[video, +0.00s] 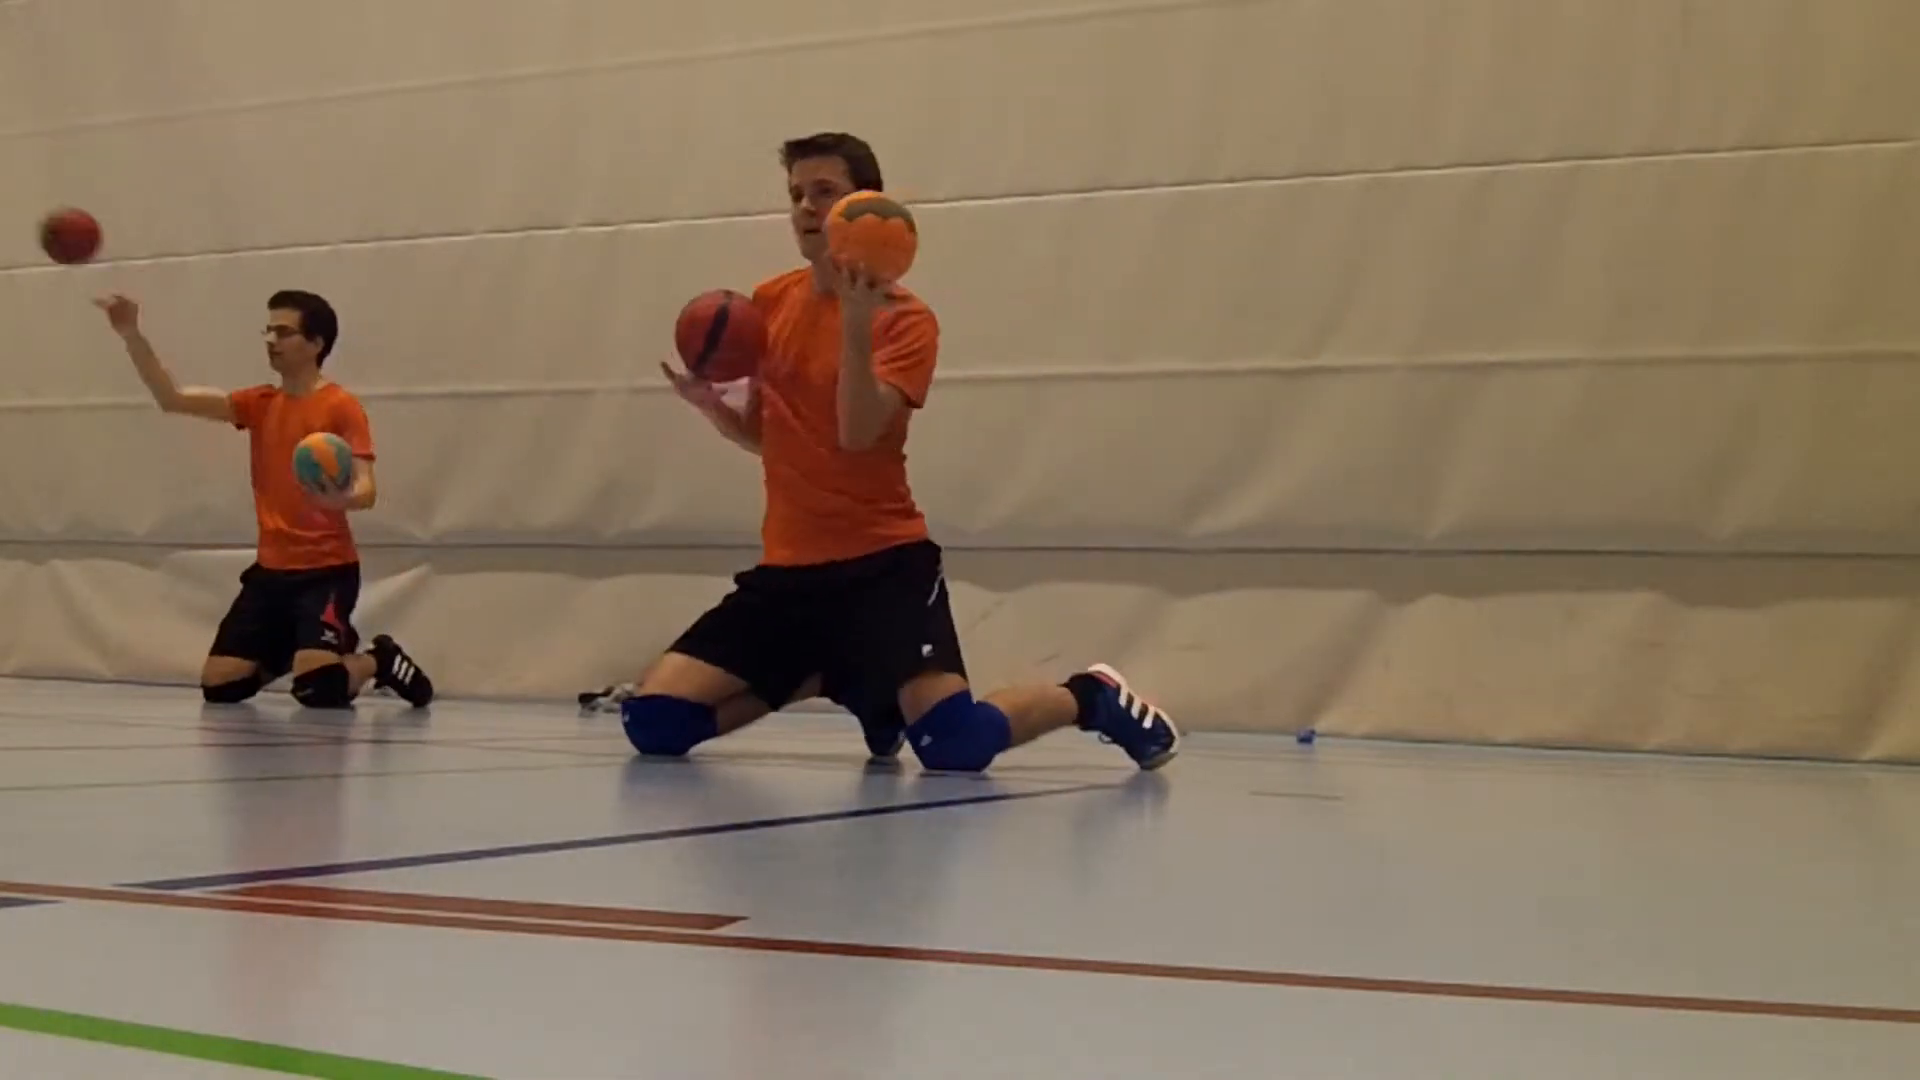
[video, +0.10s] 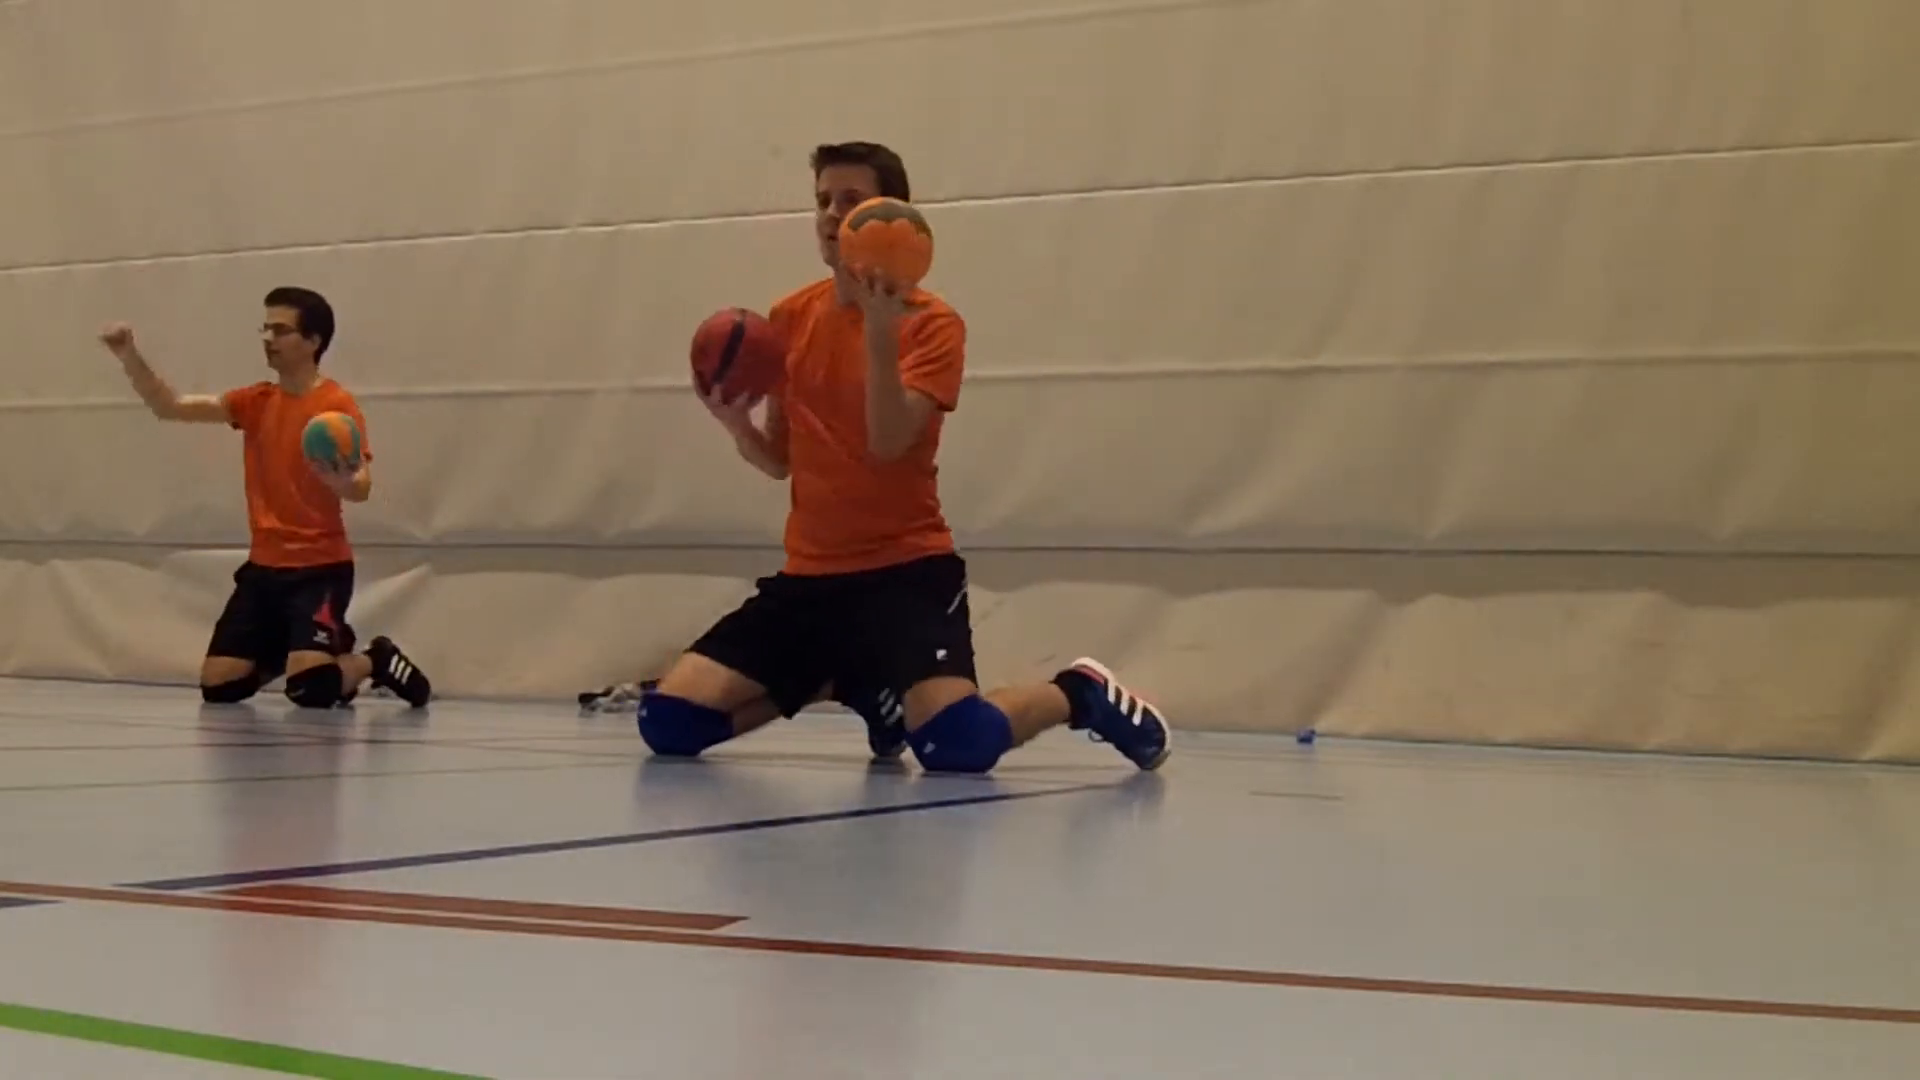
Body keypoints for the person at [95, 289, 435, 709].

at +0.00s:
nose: (269, 341)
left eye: (282, 332)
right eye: (268, 332)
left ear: (316, 343)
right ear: (270, 340)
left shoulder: (341, 406)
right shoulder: (260, 403)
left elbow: (366, 491)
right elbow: (172, 399)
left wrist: (341, 498)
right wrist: (131, 335)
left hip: (326, 571)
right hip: (270, 572)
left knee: (316, 689)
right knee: (220, 687)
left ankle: (381, 662)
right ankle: (318, 648)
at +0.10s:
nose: (267, 340)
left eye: (280, 331)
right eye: (266, 330)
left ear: (313, 341)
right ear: (265, 336)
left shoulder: (336, 404)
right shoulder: (257, 400)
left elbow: (361, 488)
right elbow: (169, 406)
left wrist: (341, 481)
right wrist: (130, 357)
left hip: (320, 570)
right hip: (262, 569)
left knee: (309, 688)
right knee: (219, 688)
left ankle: (376, 663)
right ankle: (320, 653)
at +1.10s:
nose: (247, 374)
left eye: (257, 363)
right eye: (245, 364)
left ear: (293, 368)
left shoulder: (334, 425)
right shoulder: (262, 440)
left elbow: (374, 495)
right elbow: (262, 535)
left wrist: (412, 512)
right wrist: (213, 602)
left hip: (336, 586)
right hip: (283, 589)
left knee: (295, 688)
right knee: (211, 684)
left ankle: (370, 662)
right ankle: (318, 660)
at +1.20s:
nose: (246, 378)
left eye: (256, 368)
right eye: (245, 369)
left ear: (292, 374)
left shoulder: (331, 427)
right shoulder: (263, 445)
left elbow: (371, 497)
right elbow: (258, 542)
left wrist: (402, 510)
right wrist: (205, 598)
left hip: (336, 589)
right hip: (283, 591)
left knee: (303, 688)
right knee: (204, 685)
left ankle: (372, 662)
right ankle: (312, 656)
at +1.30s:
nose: (242, 384)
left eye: (252, 375)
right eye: (241, 375)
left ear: (287, 379)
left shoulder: (330, 433)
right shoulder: (258, 457)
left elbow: (366, 501)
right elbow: (243, 548)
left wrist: (390, 506)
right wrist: (172, 592)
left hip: (338, 593)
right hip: (285, 597)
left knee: (309, 690)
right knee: (196, 681)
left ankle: (374, 662)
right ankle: (304, 652)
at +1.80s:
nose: (212, 387)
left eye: (217, 376)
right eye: (213, 377)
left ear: (244, 377)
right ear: (241, 378)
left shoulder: (297, 426)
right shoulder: (248, 448)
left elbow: (330, 504)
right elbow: (276, 521)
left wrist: (327, 469)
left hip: (321, 584)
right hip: (272, 592)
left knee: (321, 687)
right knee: (187, 681)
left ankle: (410, 668)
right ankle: (299, 657)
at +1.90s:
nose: (232, 388)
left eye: (240, 375)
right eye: (233, 377)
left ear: (271, 377)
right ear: (264, 380)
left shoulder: (326, 430)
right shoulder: (261, 453)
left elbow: (348, 508)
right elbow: (284, 529)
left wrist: (310, 483)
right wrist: (240, 548)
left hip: (332, 591)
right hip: (280, 595)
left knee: (316, 688)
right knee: (190, 682)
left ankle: (393, 665)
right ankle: (297, 657)